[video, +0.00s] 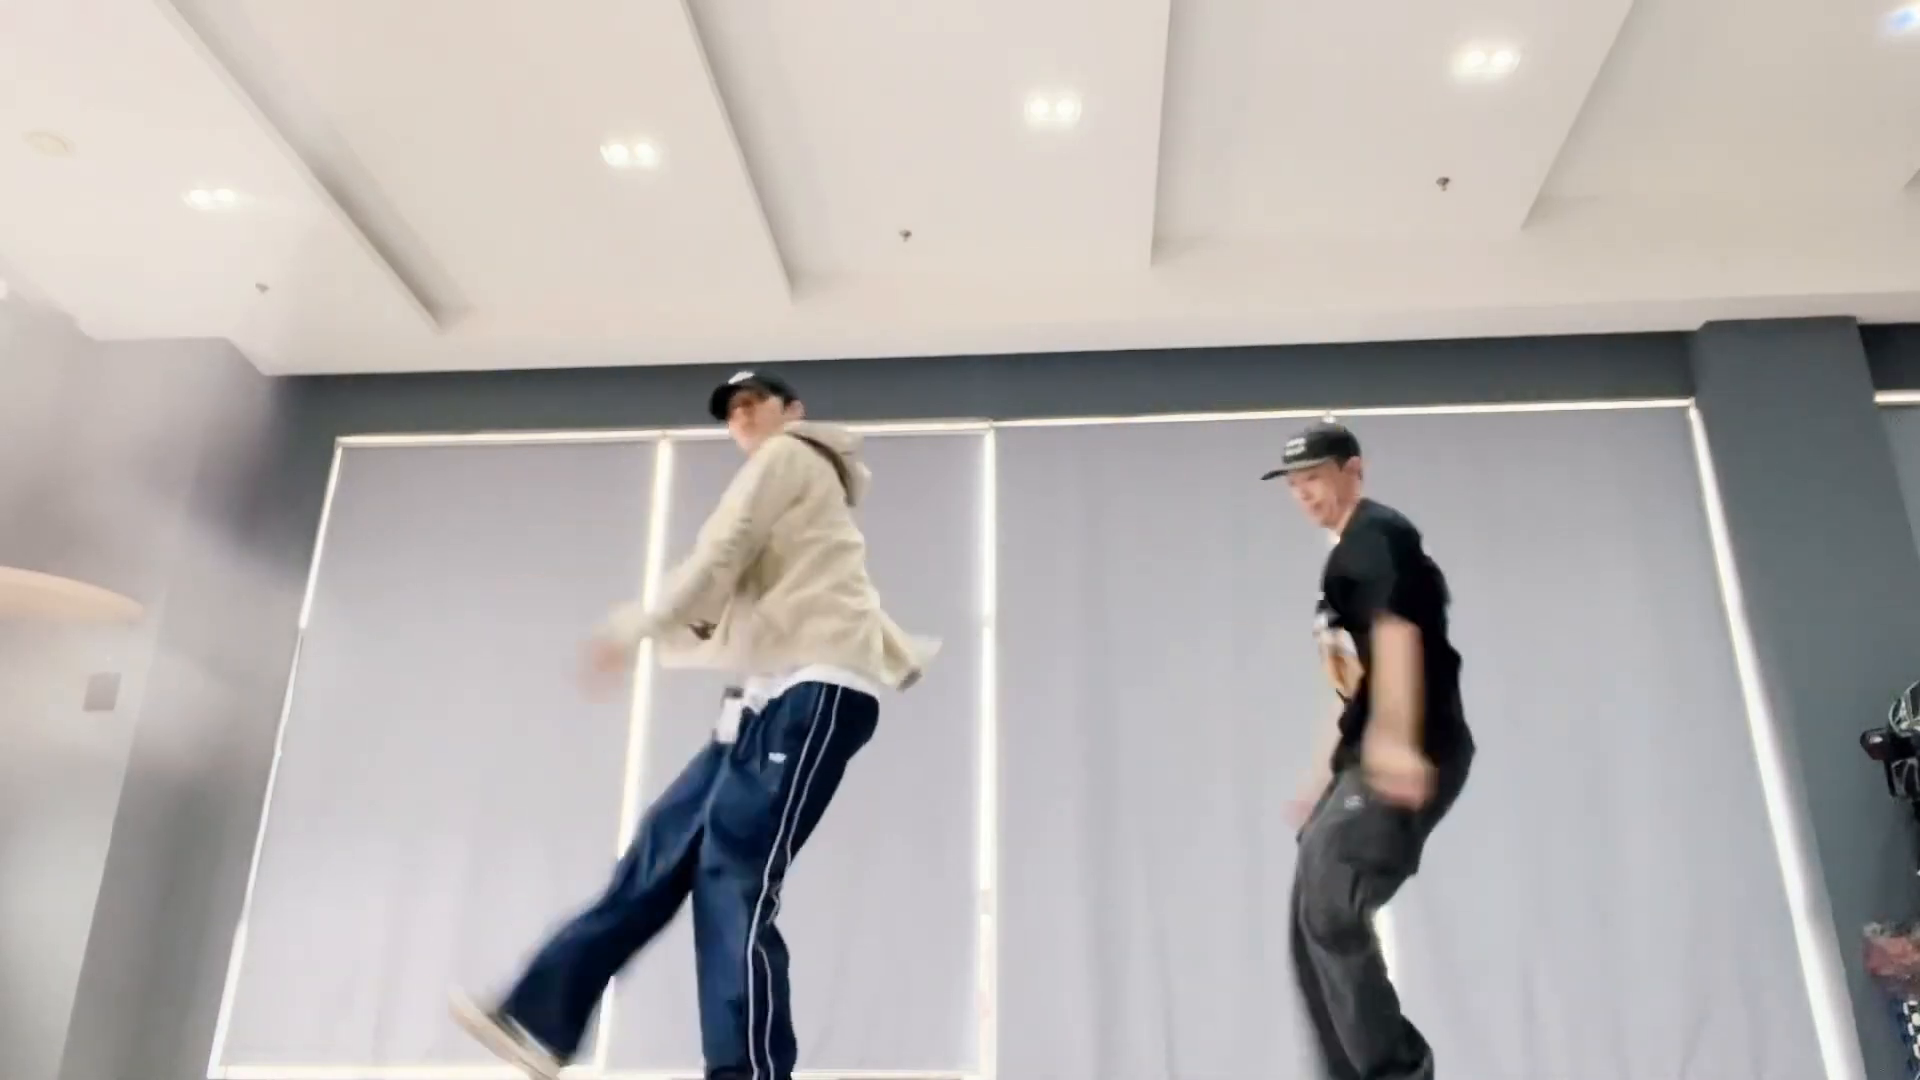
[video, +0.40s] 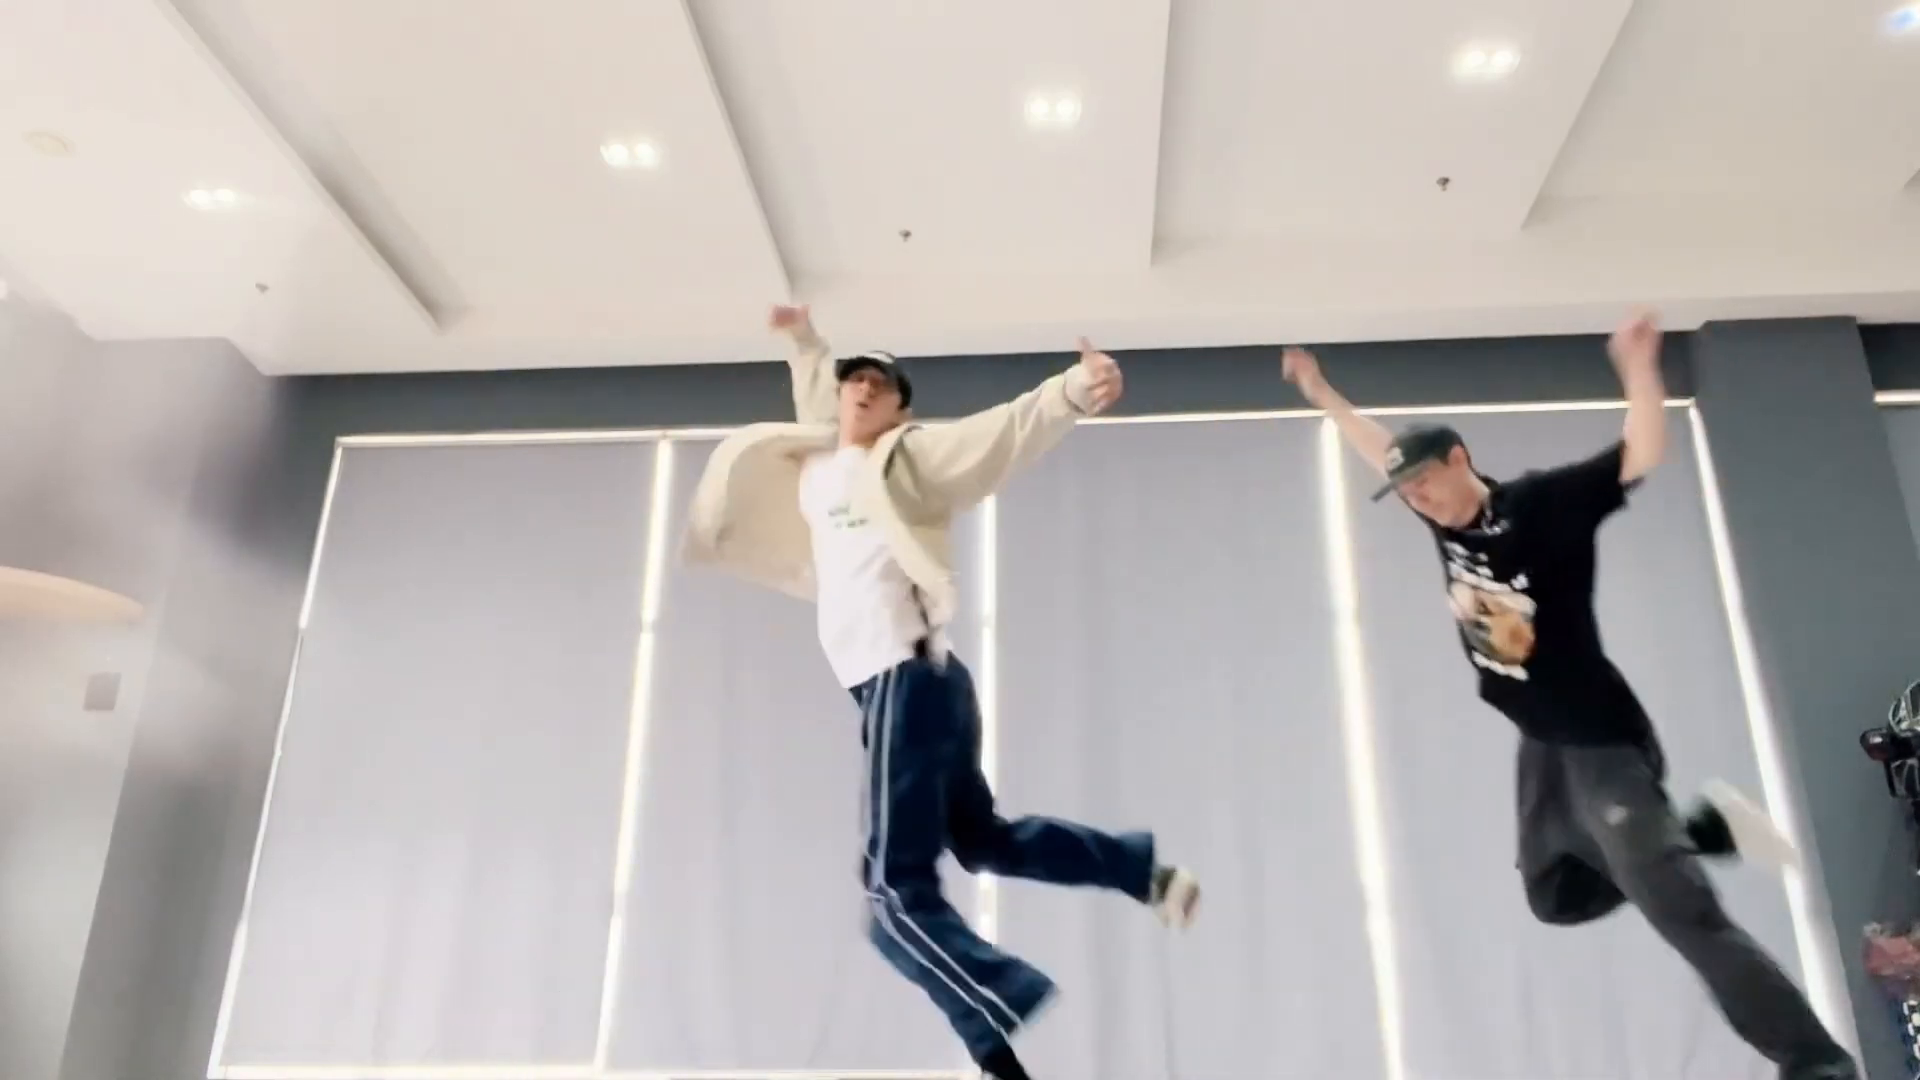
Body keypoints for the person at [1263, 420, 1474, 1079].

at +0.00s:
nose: (1305, 495)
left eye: (1315, 479)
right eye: (1295, 484)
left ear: (1353, 472)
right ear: (1292, 488)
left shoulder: (1378, 535)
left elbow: (1399, 634)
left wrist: (1394, 738)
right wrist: (1325, 777)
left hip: (1413, 749)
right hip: (1372, 752)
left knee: (1330, 903)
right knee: (1309, 917)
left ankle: (1394, 1065)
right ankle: (1351, 1068)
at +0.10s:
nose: (1331, 480)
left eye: (1339, 464)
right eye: (1322, 470)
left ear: (1378, 450)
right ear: (1320, 474)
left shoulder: (1430, 526)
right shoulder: (1346, 554)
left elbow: (1531, 610)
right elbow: (1283, 616)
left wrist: (1603, 692)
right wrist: (1185, 625)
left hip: (1439, 750)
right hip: (1395, 757)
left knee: (1363, 915)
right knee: (1392, 905)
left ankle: (1400, 1067)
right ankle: (1560, 934)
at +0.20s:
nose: (1354, 462)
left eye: (1360, 445)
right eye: (1345, 452)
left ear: (1400, 428)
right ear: (1349, 456)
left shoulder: (1472, 493)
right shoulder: (1359, 505)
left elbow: (1592, 529)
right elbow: (1276, 499)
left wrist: (1710, 513)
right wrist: (1214, 448)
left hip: (1494, 708)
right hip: (1447, 719)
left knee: (1466, 881)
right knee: (1483, 878)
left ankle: (1470, 1059)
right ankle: (1611, 785)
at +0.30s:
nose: (1391, 477)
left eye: (1397, 457)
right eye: (1378, 467)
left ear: (1429, 431)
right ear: (1369, 466)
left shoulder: (1507, 485)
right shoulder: (1398, 486)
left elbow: (1623, 451)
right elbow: (1332, 414)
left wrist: (1702, 376)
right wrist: (1267, 356)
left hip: (1546, 717)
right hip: (1492, 719)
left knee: (1554, 878)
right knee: (1525, 874)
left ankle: (1686, 1045)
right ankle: (1640, 766)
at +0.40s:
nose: (1421, 502)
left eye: (1426, 485)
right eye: (1410, 494)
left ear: (1461, 460)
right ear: (1409, 496)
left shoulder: (1546, 503)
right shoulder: (1447, 520)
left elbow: (1642, 455)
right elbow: (1388, 462)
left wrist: (1638, 368)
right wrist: (1324, 397)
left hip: (1602, 738)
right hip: (1542, 744)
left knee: (1676, 904)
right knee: (1556, 895)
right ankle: (1701, 829)